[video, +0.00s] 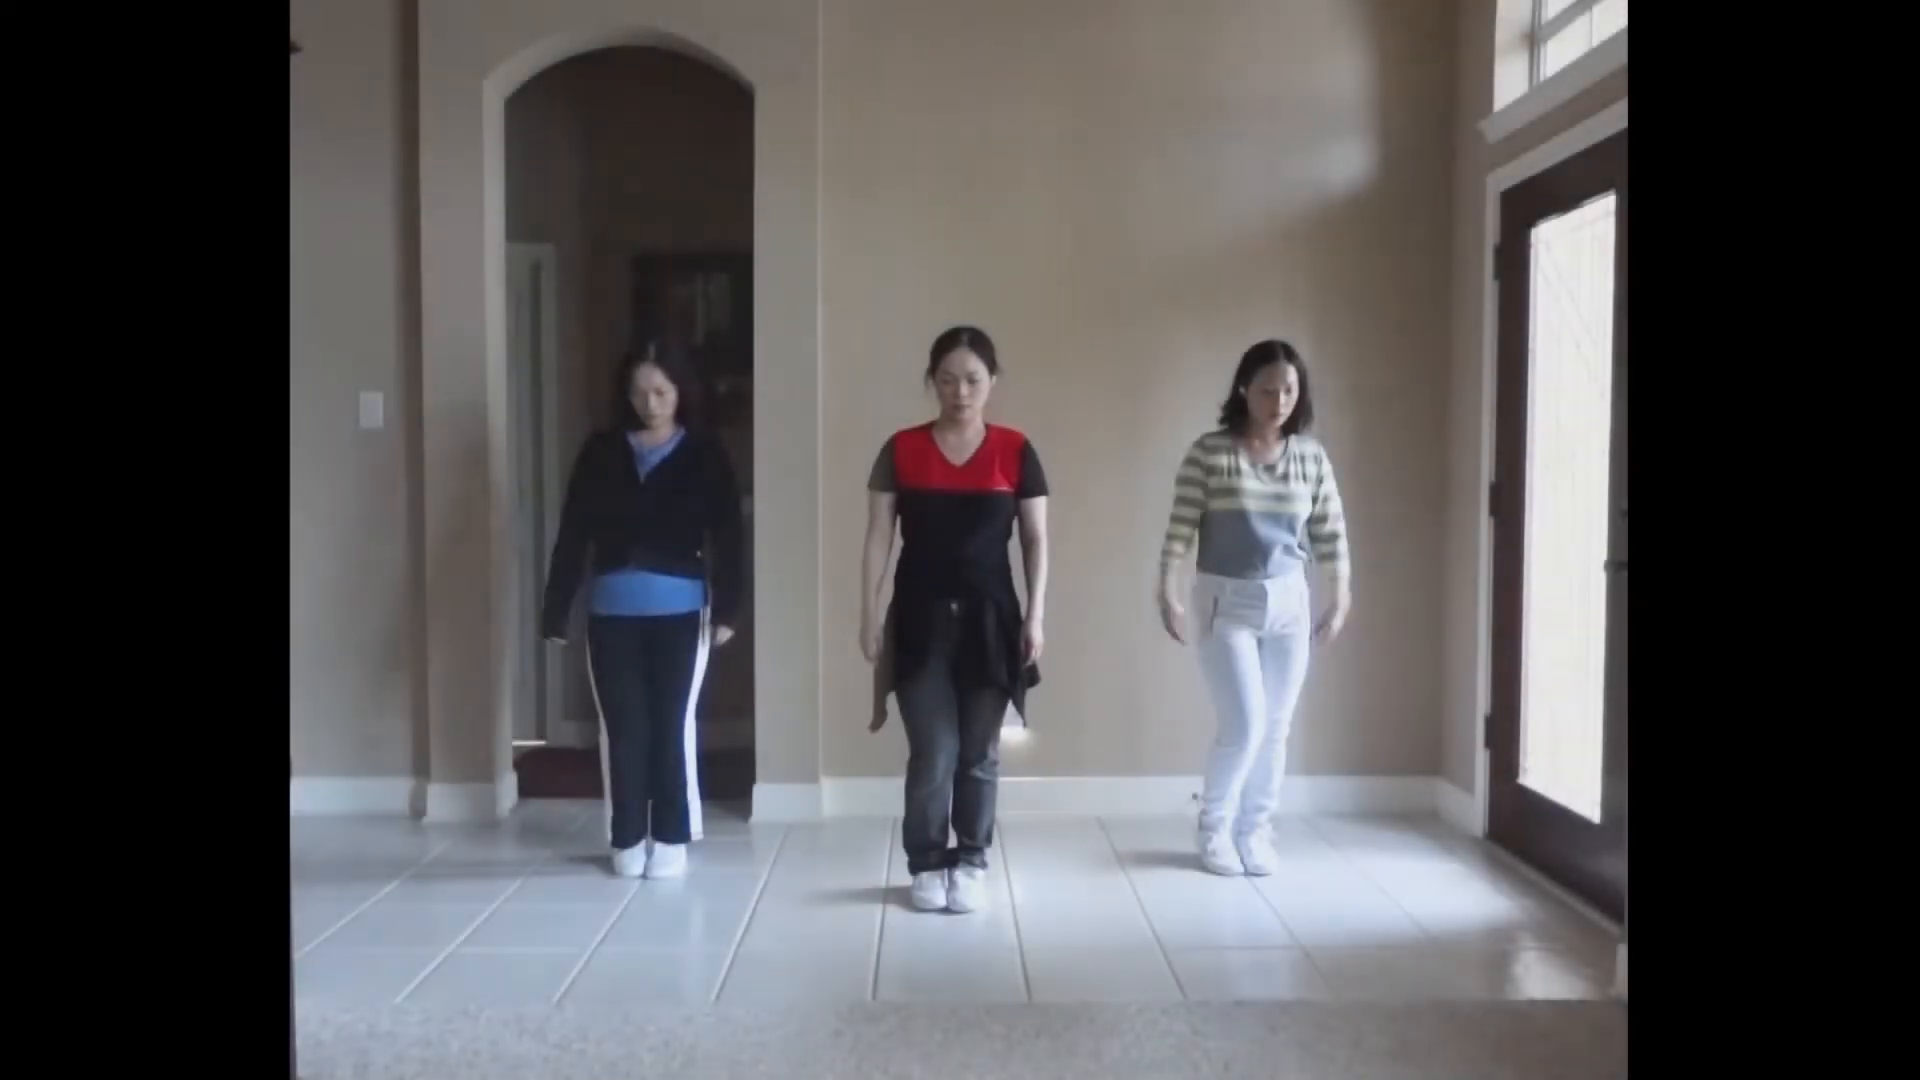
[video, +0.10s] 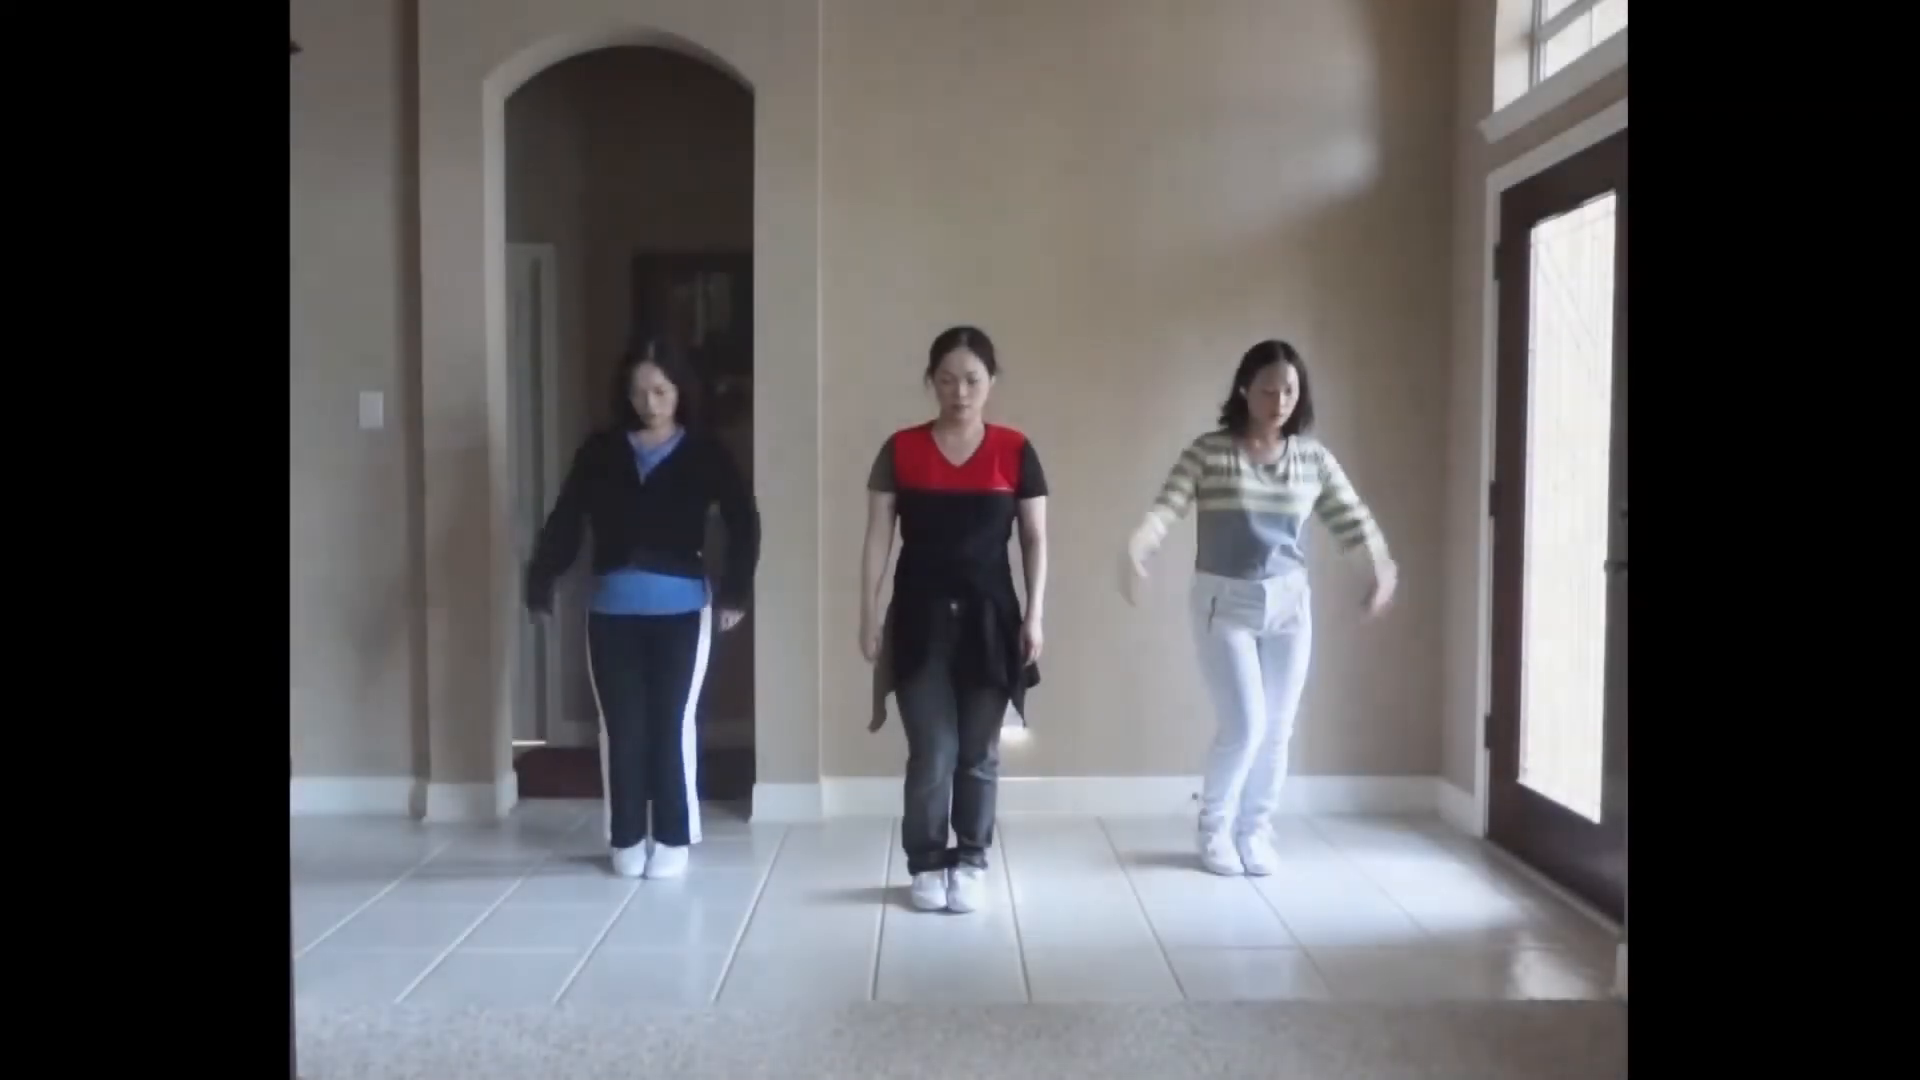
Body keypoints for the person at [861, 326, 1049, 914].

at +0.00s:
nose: (960, 389)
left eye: (972, 379)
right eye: (949, 378)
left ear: (991, 383)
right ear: (933, 382)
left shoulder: (1014, 450)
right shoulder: (903, 449)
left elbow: (1035, 538)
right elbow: (880, 536)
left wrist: (1035, 616)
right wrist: (870, 617)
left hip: (990, 619)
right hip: (920, 618)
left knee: (978, 752)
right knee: (934, 750)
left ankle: (969, 863)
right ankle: (927, 867)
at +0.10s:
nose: (960, 389)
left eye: (971, 379)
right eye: (949, 378)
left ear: (990, 383)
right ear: (932, 382)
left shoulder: (1014, 449)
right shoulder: (903, 448)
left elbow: (1035, 537)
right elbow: (880, 534)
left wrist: (1034, 615)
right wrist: (870, 614)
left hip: (990, 617)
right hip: (919, 616)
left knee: (977, 751)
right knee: (933, 748)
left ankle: (969, 863)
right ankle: (927, 867)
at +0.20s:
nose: (959, 389)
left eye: (971, 379)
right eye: (948, 378)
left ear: (990, 383)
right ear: (932, 382)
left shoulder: (1014, 449)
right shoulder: (902, 449)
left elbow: (1034, 537)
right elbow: (879, 535)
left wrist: (1034, 616)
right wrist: (869, 614)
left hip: (989, 617)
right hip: (919, 615)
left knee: (977, 751)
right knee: (932, 748)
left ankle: (969, 863)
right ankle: (926, 867)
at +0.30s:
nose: (960, 389)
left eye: (971, 379)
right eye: (948, 378)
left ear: (989, 383)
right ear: (931, 382)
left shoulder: (1014, 449)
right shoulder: (902, 449)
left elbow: (1034, 538)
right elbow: (879, 536)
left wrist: (1034, 616)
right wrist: (869, 615)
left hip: (990, 617)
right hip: (919, 616)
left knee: (977, 752)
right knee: (932, 749)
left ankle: (970, 863)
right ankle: (926, 866)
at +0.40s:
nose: (960, 389)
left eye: (971, 379)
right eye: (948, 378)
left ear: (989, 383)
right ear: (931, 382)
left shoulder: (1014, 449)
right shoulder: (902, 449)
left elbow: (1035, 538)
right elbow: (879, 536)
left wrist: (1034, 616)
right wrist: (869, 616)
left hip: (990, 618)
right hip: (919, 616)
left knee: (977, 752)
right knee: (932, 749)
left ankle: (970, 863)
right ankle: (926, 867)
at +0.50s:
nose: (960, 389)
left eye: (971, 379)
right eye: (949, 378)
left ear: (989, 383)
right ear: (931, 382)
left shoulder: (1014, 449)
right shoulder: (902, 448)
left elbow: (1035, 538)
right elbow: (879, 534)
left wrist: (1034, 616)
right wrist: (868, 614)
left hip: (989, 618)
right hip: (918, 617)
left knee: (977, 752)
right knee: (932, 749)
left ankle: (970, 863)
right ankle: (926, 866)